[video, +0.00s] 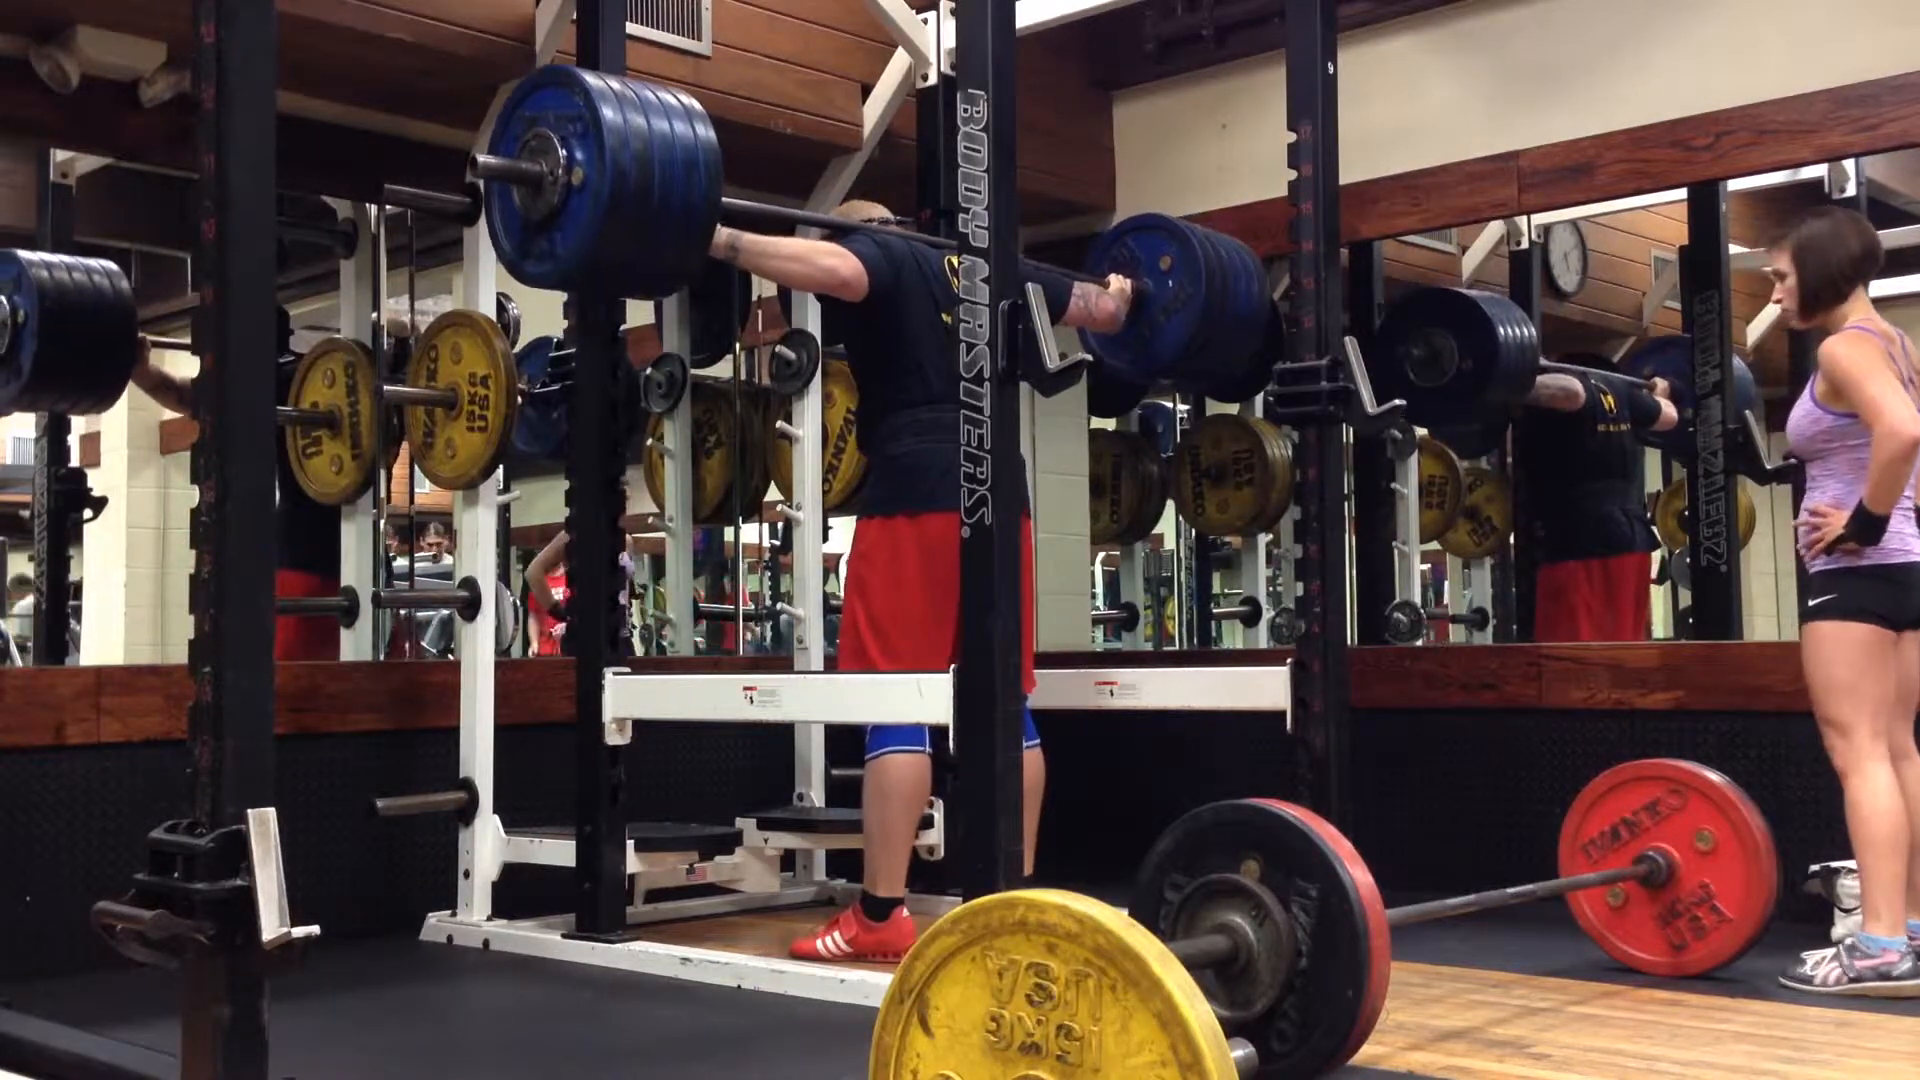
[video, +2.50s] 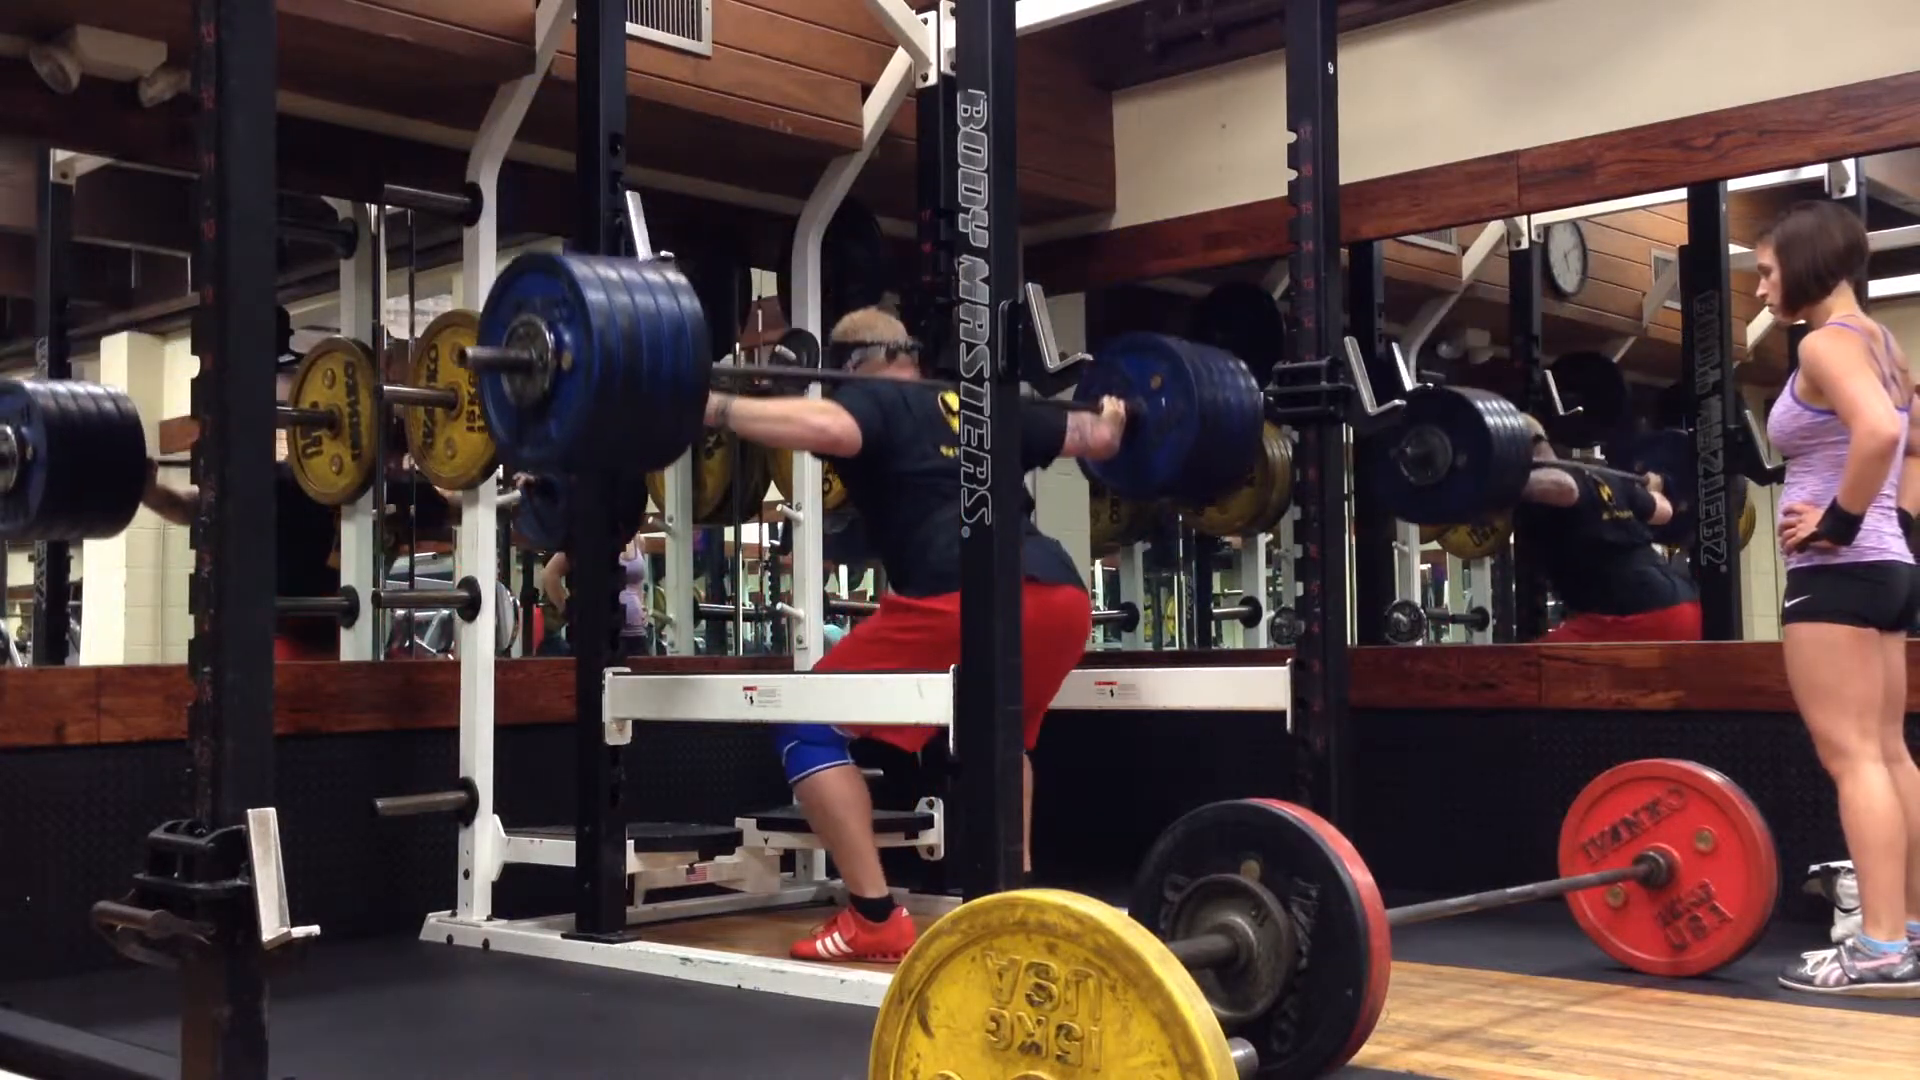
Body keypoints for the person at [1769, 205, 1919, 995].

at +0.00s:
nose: (1775, 288)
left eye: (1782, 275)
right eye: (1775, 274)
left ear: (1818, 273)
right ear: (1853, 271)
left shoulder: (1844, 347)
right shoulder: (1885, 338)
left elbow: (1898, 431)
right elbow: (1885, 440)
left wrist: (1862, 524)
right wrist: (1837, 510)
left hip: (1852, 575)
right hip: (1894, 570)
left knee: (1860, 752)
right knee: (1899, 747)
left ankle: (1881, 940)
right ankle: (1897, 926)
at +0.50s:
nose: (1774, 289)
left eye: (1781, 274)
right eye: (1773, 274)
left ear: (1820, 270)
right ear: (1849, 270)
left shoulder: (1842, 344)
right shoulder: (1882, 339)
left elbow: (1894, 430)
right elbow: (1890, 440)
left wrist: (1852, 522)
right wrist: (1838, 508)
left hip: (1850, 577)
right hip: (1892, 572)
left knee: (1859, 756)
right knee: (1896, 749)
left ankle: (1883, 942)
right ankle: (1897, 930)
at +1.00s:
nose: (1770, 286)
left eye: (1777, 271)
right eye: (1769, 271)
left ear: (1812, 267)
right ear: (1851, 267)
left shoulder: (1835, 344)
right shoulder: (1883, 342)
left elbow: (1888, 431)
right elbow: (1906, 457)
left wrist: (1844, 522)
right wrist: (1873, 515)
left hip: (1844, 575)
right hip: (1889, 570)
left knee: (1856, 757)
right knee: (1889, 749)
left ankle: (1882, 942)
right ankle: (1902, 926)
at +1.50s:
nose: (1766, 283)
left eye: (1772, 267)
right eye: (1766, 267)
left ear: (1807, 265)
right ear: (1848, 264)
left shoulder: (1832, 344)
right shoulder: (1882, 342)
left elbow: (1885, 432)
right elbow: (1907, 444)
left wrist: (1842, 519)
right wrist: (1892, 516)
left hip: (1842, 574)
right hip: (1887, 569)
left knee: (1855, 758)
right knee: (1888, 750)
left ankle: (1882, 942)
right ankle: (1902, 927)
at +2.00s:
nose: (1762, 284)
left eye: (1768, 267)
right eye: (1761, 268)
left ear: (1803, 265)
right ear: (1843, 264)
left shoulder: (1828, 342)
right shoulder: (1878, 340)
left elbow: (1881, 431)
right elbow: (1906, 448)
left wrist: (1839, 521)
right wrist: (1893, 522)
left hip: (1839, 574)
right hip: (1885, 569)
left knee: (1855, 758)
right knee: (1887, 750)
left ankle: (1883, 942)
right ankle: (1901, 927)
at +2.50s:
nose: (1759, 283)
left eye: (1764, 267)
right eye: (1758, 268)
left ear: (1800, 264)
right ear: (1838, 263)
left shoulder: (1825, 343)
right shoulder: (1875, 339)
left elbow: (1878, 431)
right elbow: (1907, 444)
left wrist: (1837, 521)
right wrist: (1891, 521)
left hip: (1836, 572)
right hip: (1884, 567)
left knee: (1853, 757)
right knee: (1886, 750)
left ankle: (1882, 943)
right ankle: (1904, 927)